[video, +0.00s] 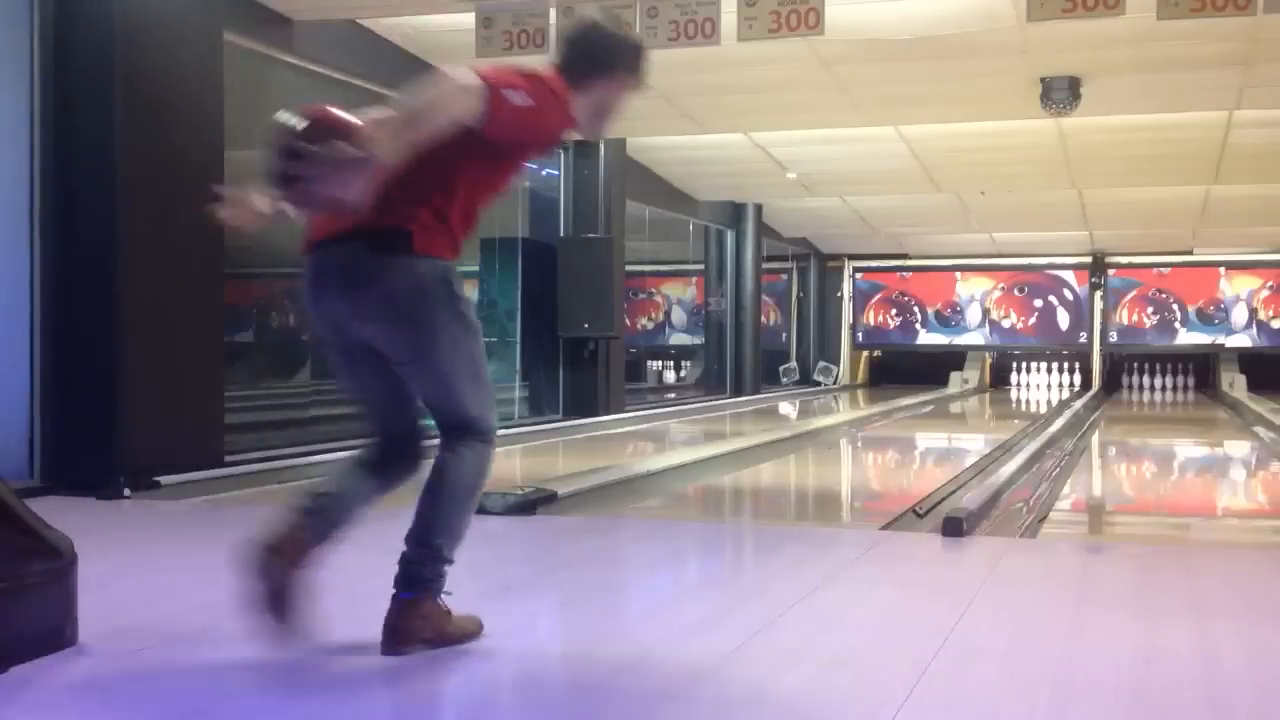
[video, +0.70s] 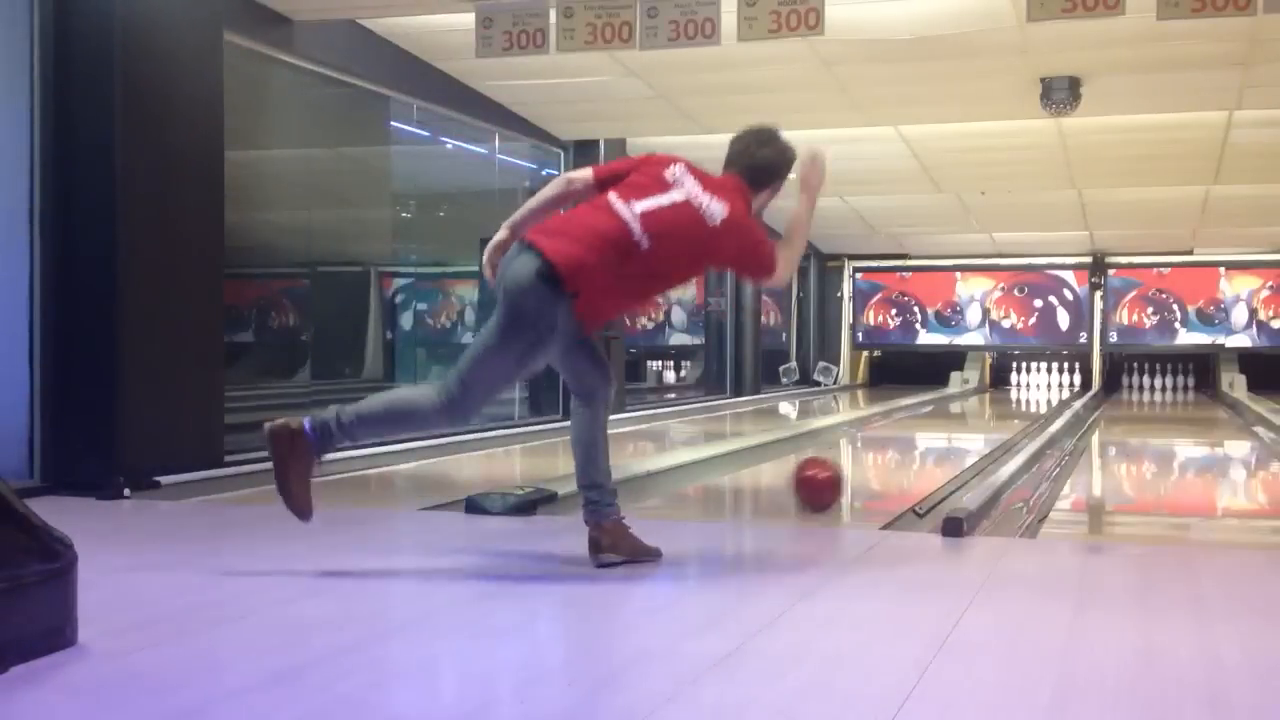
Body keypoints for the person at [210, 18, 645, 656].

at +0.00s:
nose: (622, 108)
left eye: (628, 95)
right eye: (625, 92)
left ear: (573, 65)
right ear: (603, 82)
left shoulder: (508, 89)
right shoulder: (548, 102)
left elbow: (382, 123)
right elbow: (455, 91)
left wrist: (278, 195)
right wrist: (374, 154)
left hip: (334, 268)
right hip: (403, 269)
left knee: (396, 445)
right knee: (469, 434)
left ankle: (291, 544)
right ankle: (416, 606)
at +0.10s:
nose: (656, 144)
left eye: (662, 132)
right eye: (658, 129)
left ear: (611, 105)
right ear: (637, 120)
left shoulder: (560, 131)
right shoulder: (580, 143)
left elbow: (428, 162)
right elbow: (493, 153)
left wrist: (351, 228)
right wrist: (446, 216)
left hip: (385, 278)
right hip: (424, 286)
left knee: (461, 439)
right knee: (477, 450)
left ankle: (410, 585)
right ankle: (413, 604)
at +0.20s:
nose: (692, 179)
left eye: (697, 167)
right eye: (694, 165)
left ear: (646, 142)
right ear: (678, 158)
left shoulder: (590, 162)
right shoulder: (616, 180)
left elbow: (468, 173)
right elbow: (535, 219)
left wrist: (395, 241)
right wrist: (506, 282)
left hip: (415, 282)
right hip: (440, 288)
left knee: (514, 382)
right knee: (487, 475)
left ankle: (536, 536)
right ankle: (412, 584)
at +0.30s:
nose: (719, 209)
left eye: (726, 199)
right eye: (724, 197)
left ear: (677, 167)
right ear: (712, 189)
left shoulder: (617, 177)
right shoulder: (652, 214)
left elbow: (509, 187)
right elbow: (585, 279)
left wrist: (443, 244)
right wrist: (556, 366)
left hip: (458, 299)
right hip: (476, 312)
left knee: (542, 405)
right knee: (489, 487)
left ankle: (592, 527)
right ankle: (418, 556)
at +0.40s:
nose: (749, 224)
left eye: (752, 213)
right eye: (753, 213)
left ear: (704, 186)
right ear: (741, 211)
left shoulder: (635, 195)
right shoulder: (685, 260)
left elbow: (536, 200)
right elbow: (630, 349)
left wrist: (468, 248)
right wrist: (637, 437)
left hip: (485, 312)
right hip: (522, 339)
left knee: (582, 389)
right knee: (492, 493)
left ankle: (610, 532)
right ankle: (414, 521)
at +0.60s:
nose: (772, 218)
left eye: (772, 207)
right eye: (774, 208)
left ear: (726, 184)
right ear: (762, 208)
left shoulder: (661, 184)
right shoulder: (727, 256)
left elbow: (563, 199)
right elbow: (755, 329)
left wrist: (503, 238)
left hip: (513, 286)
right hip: (543, 321)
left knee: (596, 385)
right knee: (464, 440)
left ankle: (610, 528)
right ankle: (311, 452)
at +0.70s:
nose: (778, 196)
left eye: (775, 183)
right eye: (779, 188)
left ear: (729, 161)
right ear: (767, 185)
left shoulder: (667, 165)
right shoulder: (735, 224)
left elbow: (571, 181)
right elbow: (781, 272)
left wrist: (506, 233)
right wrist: (809, 200)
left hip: (524, 259)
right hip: (552, 289)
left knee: (592, 387)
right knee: (453, 402)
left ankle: (605, 528)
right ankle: (310, 439)